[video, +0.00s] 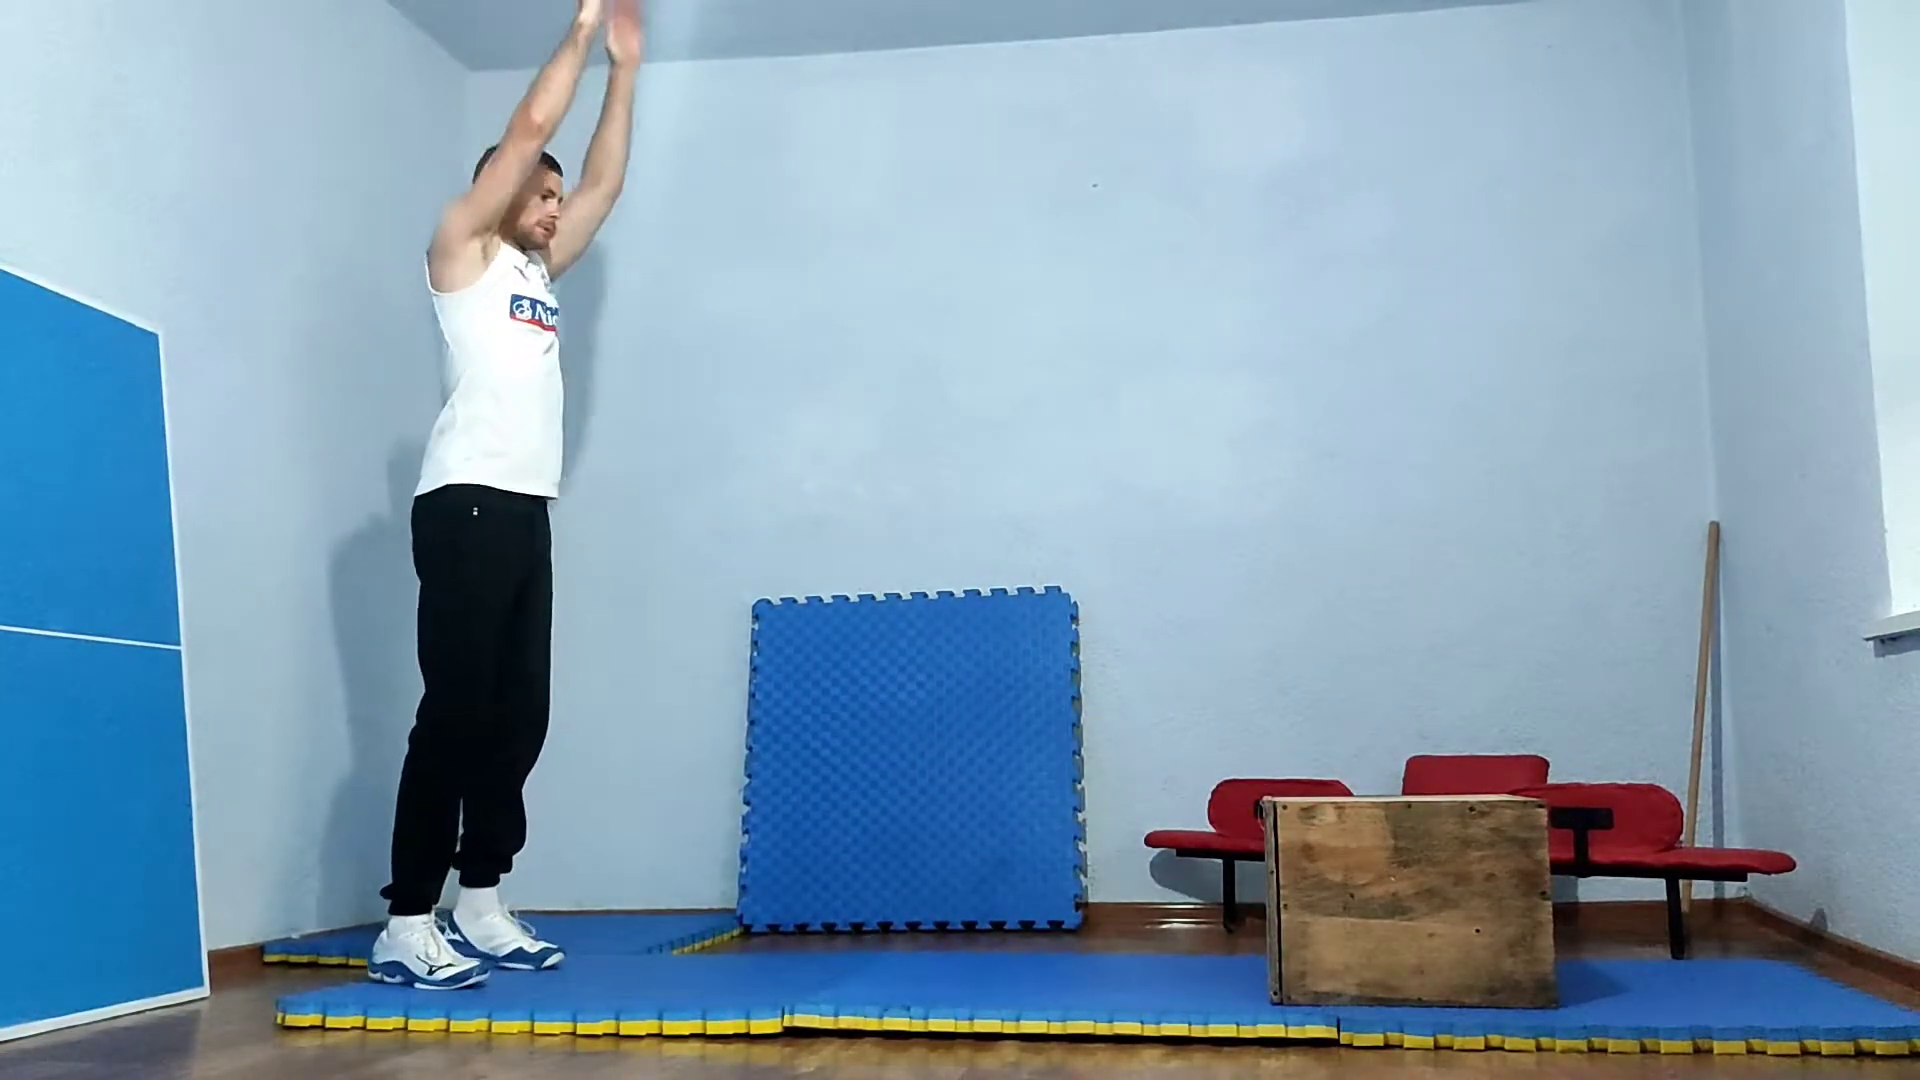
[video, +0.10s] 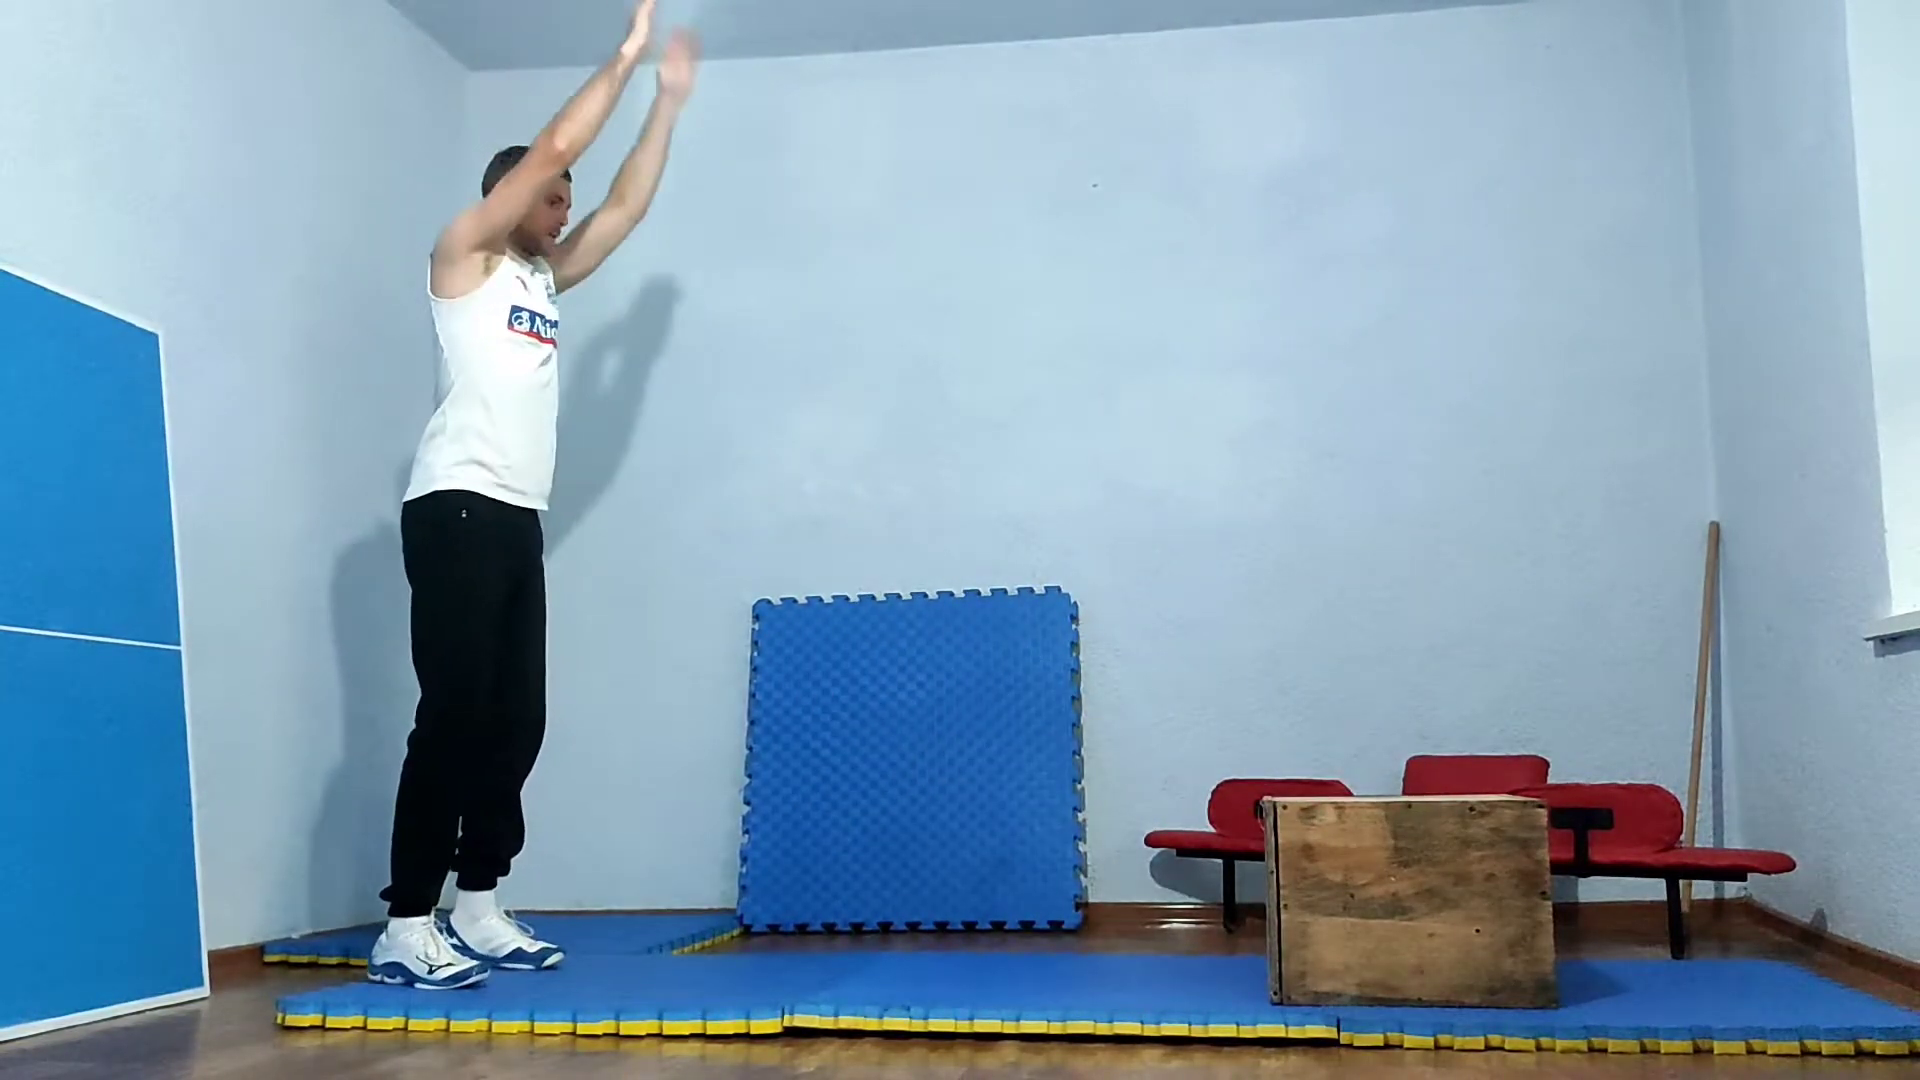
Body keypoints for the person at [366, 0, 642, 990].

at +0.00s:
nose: (555, 206)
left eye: (560, 195)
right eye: (541, 190)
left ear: (552, 209)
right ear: (498, 190)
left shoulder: (536, 272)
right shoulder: (465, 248)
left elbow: (603, 182)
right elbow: (531, 126)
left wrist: (624, 68)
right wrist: (585, 29)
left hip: (526, 517)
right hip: (465, 510)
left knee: (518, 719)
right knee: (457, 712)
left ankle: (478, 905)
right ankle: (406, 925)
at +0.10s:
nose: (565, 212)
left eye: (569, 200)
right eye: (551, 193)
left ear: (561, 214)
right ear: (504, 192)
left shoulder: (541, 278)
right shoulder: (466, 252)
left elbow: (626, 206)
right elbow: (551, 154)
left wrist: (670, 100)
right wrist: (623, 58)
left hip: (518, 522)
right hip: (456, 511)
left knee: (517, 720)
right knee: (454, 715)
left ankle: (475, 909)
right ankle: (405, 925)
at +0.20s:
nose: (576, 224)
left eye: (578, 210)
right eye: (566, 207)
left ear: (551, 215)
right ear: (515, 202)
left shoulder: (549, 296)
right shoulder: (472, 262)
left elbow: (655, 247)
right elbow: (580, 199)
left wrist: (724, 164)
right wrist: (677, 118)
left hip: (506, 534)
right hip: (442, 518)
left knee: (515, 724)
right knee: (455, 718)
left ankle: (472, 910)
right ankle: (405, 927)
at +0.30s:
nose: (592, 246)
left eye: (596, 234)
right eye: (582, 229)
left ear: (569, 237)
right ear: (532, 224)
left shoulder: (559, 314)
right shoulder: (474, 279)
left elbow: (678, 316)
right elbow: (594, 276)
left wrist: (775, 266)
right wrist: (718, 233)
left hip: (492, 544)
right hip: (427, 527)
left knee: (519, 723)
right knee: (454, 720)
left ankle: (473, 912)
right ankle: (405, 930)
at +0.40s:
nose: (616, 279)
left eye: (621, 268)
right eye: (607, 261)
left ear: (595, 273)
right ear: (556, 253)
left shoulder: (579, 349)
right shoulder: (498, 310)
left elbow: (666, 406)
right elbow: (573, 385)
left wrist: (780, 428)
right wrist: (686, 417)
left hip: (480, 554)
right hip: (413, 532)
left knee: (529, 722)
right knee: (459, 724)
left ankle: (474, 911)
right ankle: (406, 929)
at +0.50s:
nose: (648, 334)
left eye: (653, 322)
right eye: (639, 317)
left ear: (610, 316)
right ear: (591, 305)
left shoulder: (595, 406)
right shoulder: (520, 364)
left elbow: (640, 506)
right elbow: (520, 486)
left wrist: (720, 594)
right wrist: (578, 593)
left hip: (468, 572)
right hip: (401, 555)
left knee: (548, 730)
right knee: (474, 730)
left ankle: (476, 912)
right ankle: (407, 931)